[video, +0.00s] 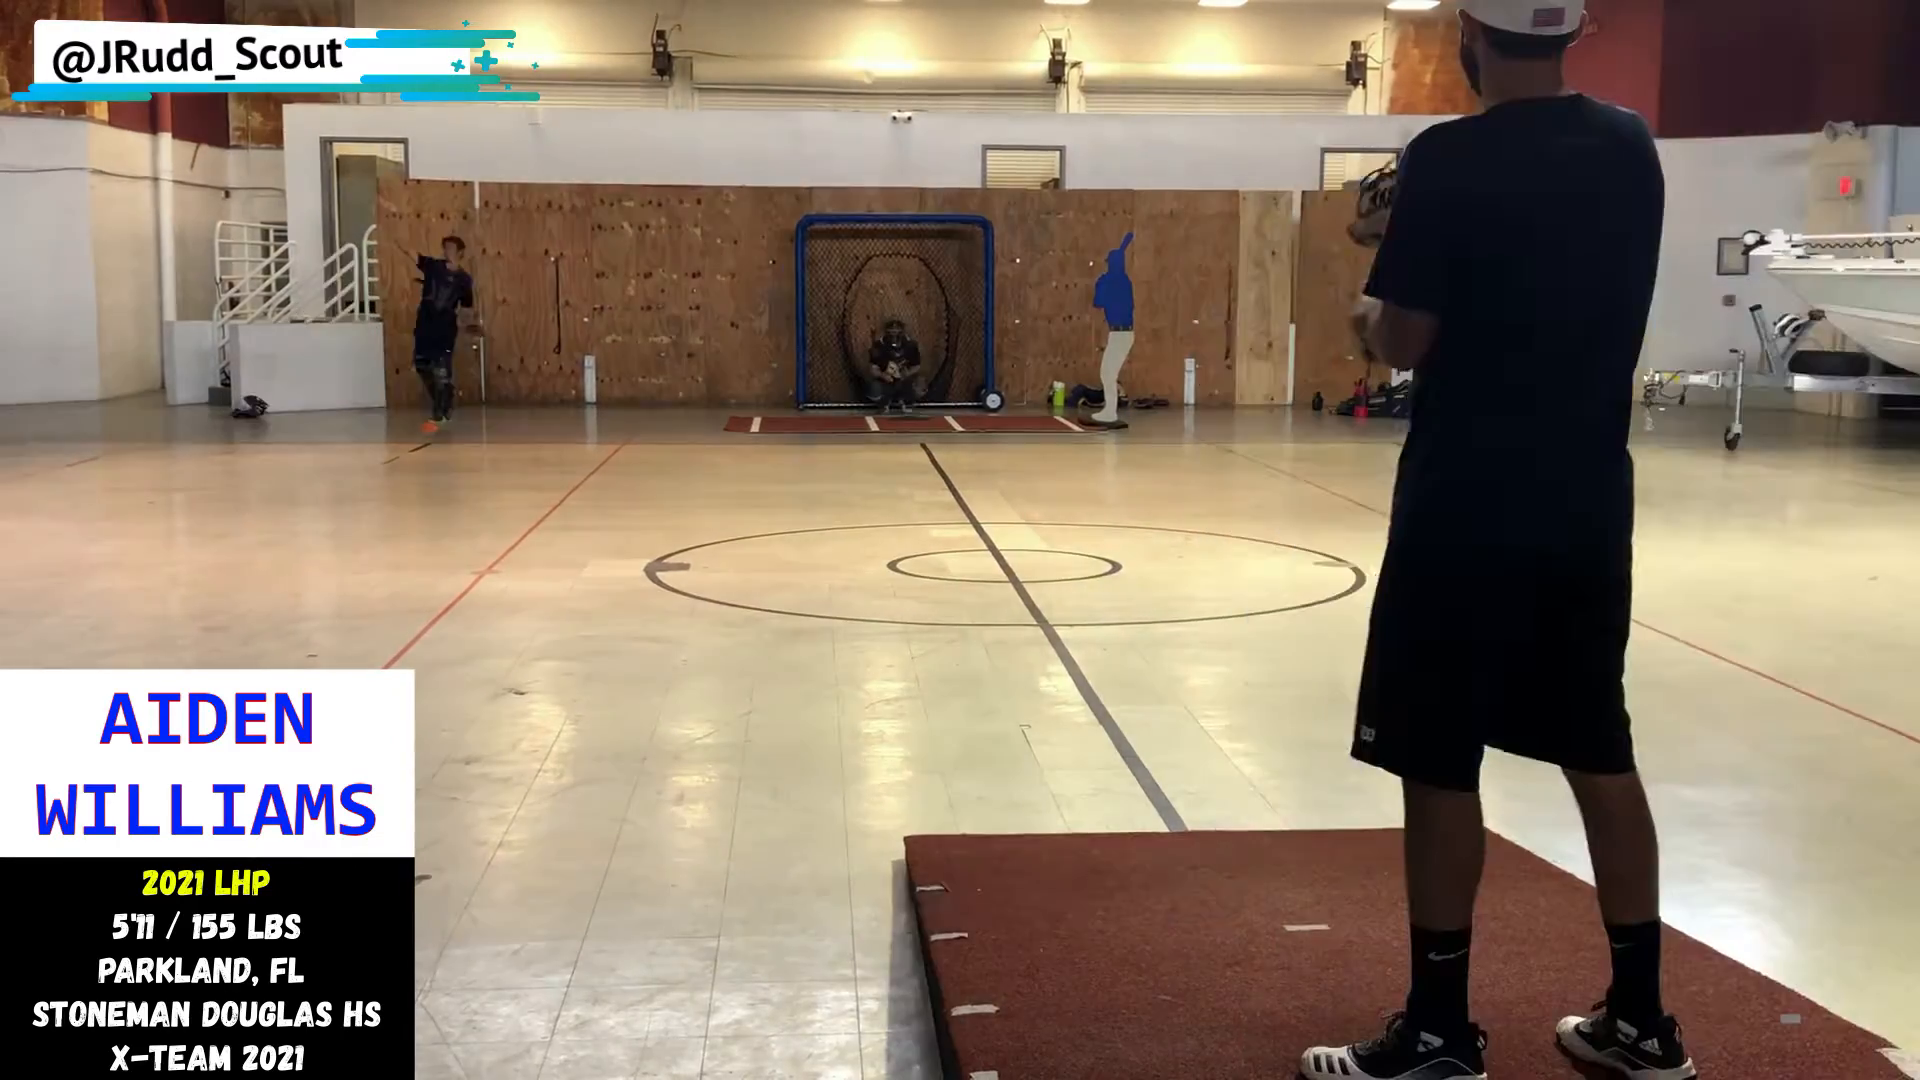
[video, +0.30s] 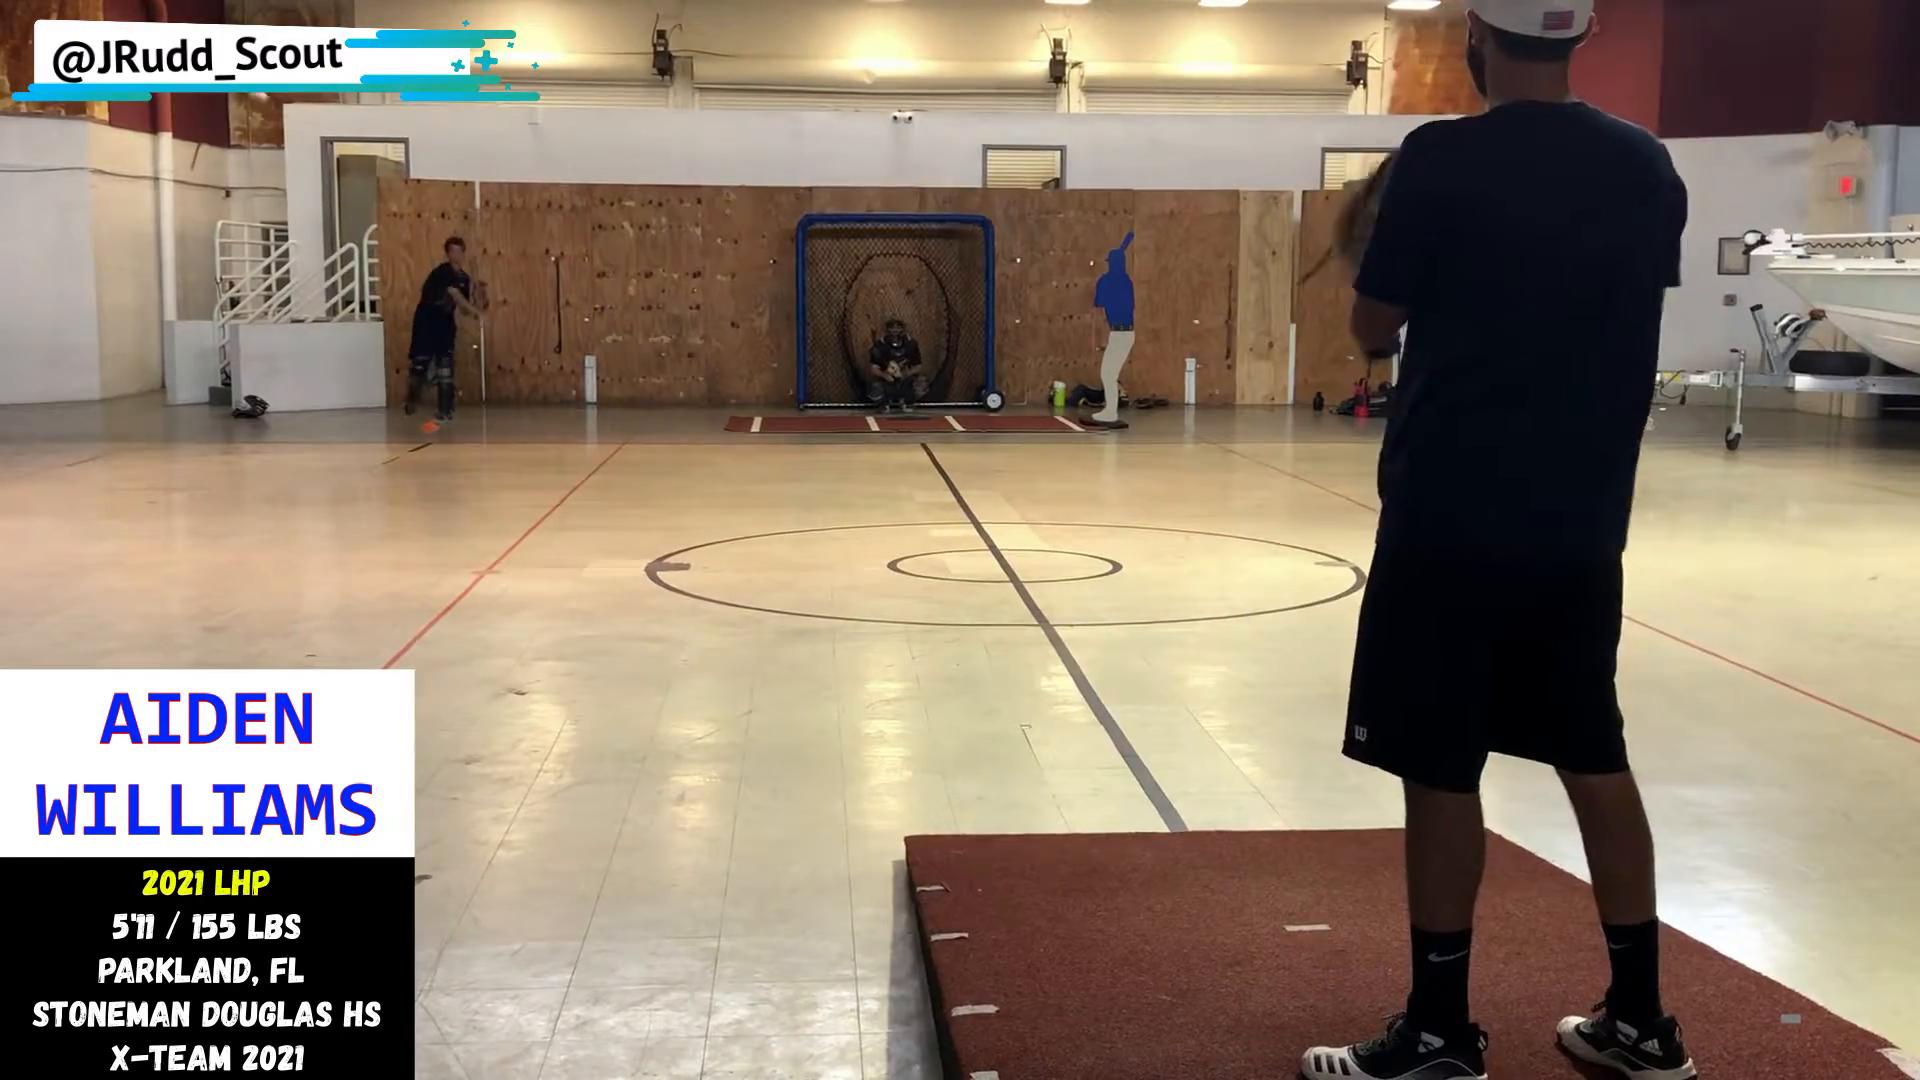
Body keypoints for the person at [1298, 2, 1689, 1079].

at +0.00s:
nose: (1453, 48)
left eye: (1456, 33)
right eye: (1464, 32)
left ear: (1472, 44)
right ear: (1567, 40)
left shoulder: (1446, 156)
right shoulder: (1629, 147)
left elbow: (1402, 338)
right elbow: (1594, 313)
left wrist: (1377, 308)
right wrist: (1426, 259)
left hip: (1462, 508)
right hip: (1588, 507)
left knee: (1438, 756)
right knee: (1600, 747)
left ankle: (1437, 1027)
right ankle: (1639, 1011)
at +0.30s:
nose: (1462, 51)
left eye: (1464, 37)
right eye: (1475, 36)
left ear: (1478, 45)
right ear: (1575, 46)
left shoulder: (1434, 157)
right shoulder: (1649, 166)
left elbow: (1373, 327)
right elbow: (1626, 310)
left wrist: (1472, 294)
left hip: (1446, 528)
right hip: (1582, 529)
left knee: (1439, 767)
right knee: (1595, 754)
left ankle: (1438, 1027)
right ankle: (1639, 1013)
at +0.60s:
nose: (1450, 44)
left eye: (1453, 31)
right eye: (1464, 30)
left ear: (1462, 42)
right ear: (1558, 42)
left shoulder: (1433, 154)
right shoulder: (1626, 155)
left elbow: (1407, 296)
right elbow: (1572, 291)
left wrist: (1414, 153)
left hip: (1458, 512)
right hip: (1592, 514)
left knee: (1440, 759)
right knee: (1603, 754)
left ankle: (1438, 1026)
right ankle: (1641, 1012)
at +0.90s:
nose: (1412, 63)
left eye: (1415, 43)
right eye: (1420, 43)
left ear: (1429, 51)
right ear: (1529, 48)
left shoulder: (1431, 171)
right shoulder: (1600, 152)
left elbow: (1387, 350)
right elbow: (1552, 311)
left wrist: (1377, 258)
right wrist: (1409, 247)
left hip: (1511, 526)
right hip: (1629, 515)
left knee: (1436, 767)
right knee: (1561, 742)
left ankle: (1436, 1030)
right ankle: (1662, 980)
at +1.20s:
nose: (1465, 97)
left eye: (1469, 72)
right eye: (1465, 74)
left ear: (1502, 71)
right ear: (1559, 70)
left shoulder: (1579, 174)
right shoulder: (1600, 168)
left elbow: (1584, 352)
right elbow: (1581, 344)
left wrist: (1458, 348)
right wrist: (1470, 352)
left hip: (1622, 533)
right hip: (1665, 526)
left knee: (1496, 748)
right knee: (1639, 758)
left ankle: (1446, 1018)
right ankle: (1690, 1005)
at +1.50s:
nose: (1501, 85)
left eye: (1508, 61)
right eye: (1503, 62)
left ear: (1539, 66)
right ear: (1601, 64)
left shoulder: (1633, 175)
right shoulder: (1611, 174)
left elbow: (1611, 347)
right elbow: (1593, 342)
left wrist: (1460, 315)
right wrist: (1471, 313)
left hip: (1645, 546)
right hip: (1671, 539)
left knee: (1525, 758)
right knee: (1669, 758)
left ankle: (1471, 1028)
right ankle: (1696, 1004)